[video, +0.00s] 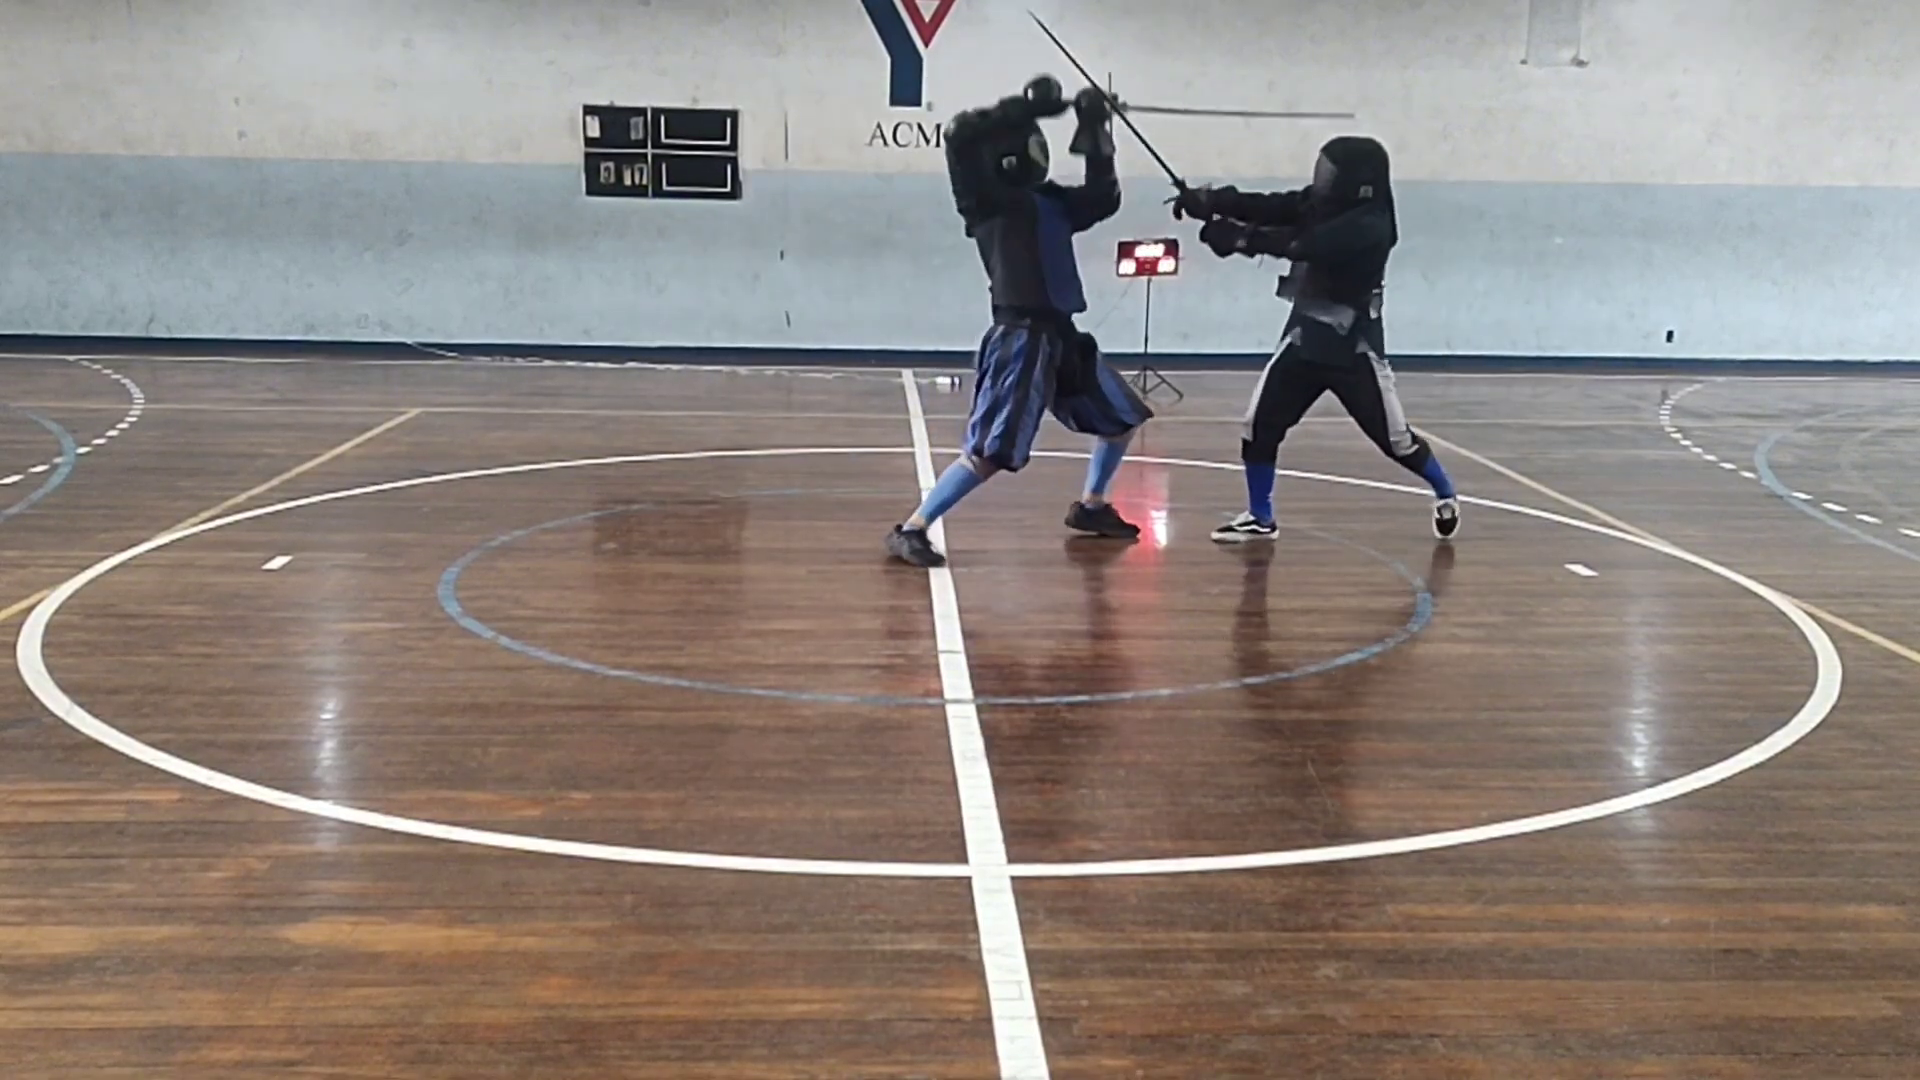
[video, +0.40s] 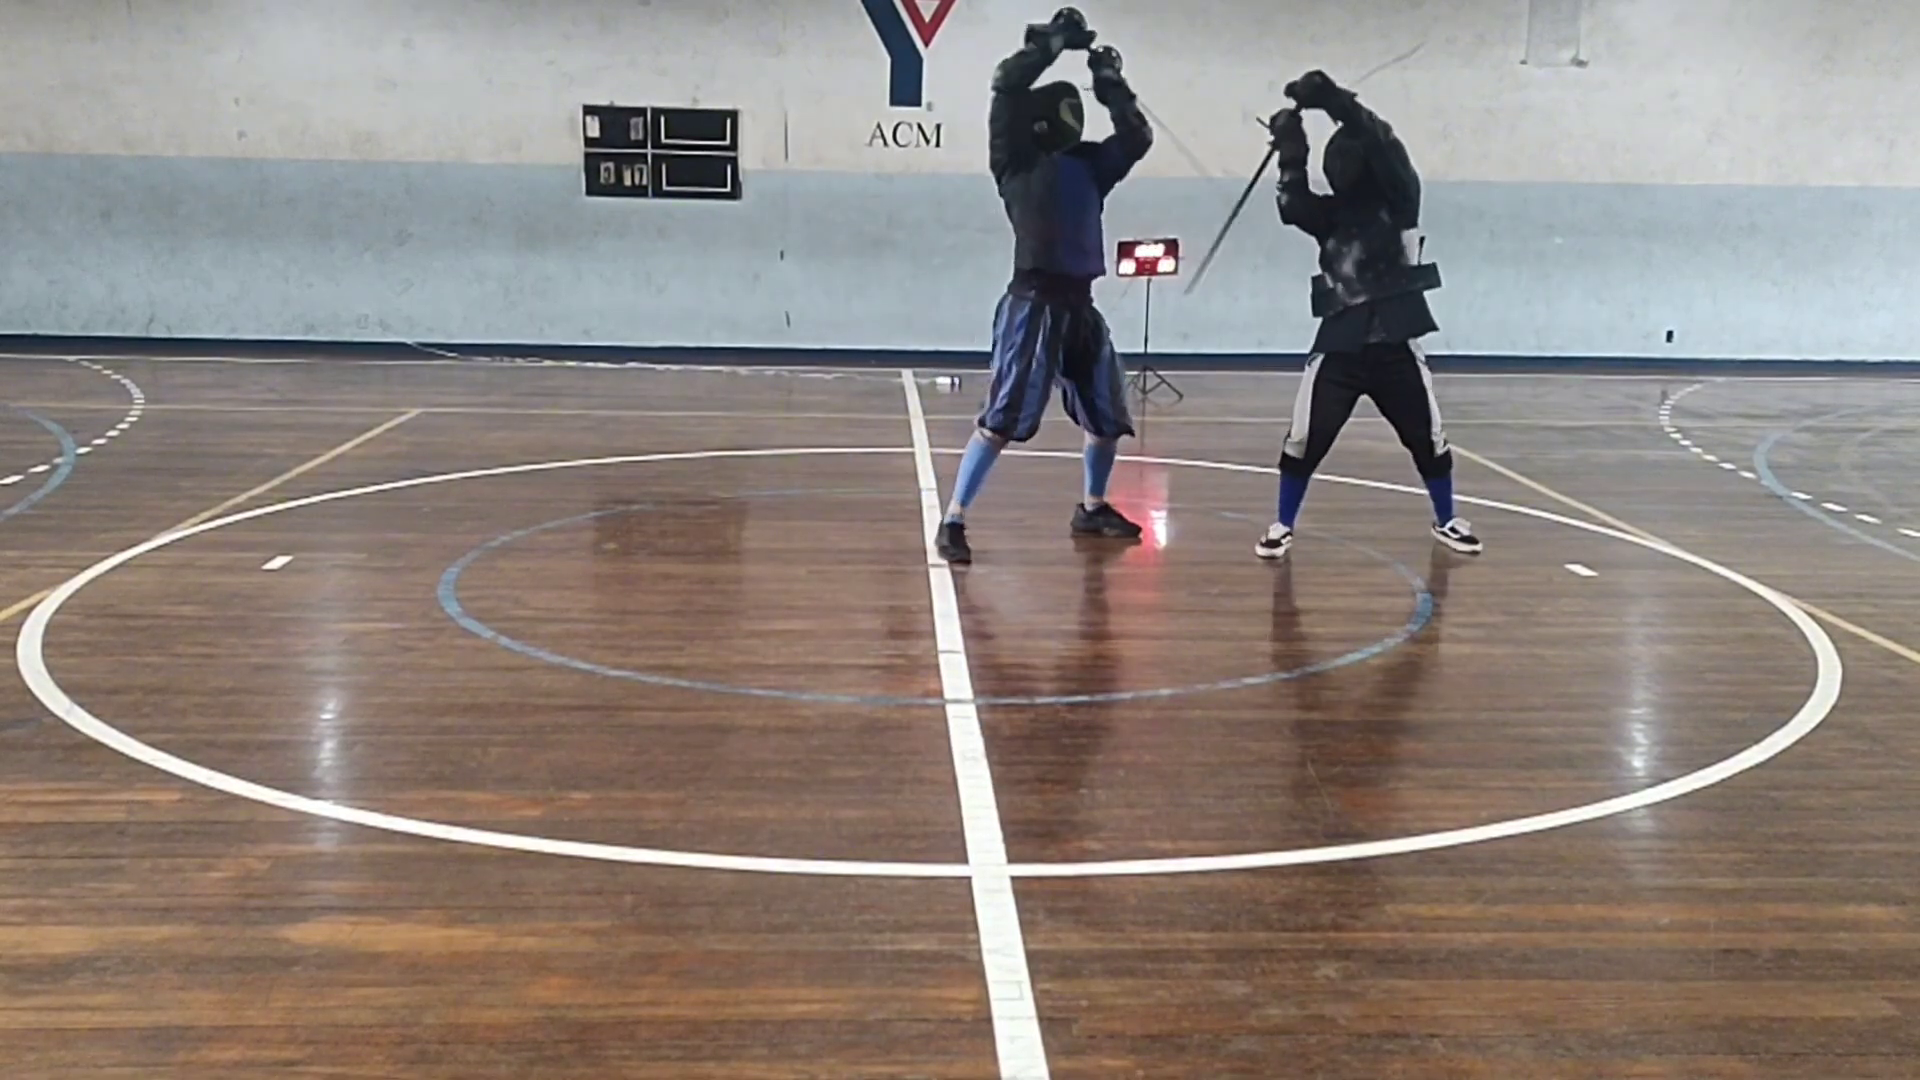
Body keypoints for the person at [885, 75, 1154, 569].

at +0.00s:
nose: (1043, 152)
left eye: (1042, 144)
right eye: (1032, 144)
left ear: (1038, 153)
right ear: (1006, 156)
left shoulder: (1054, 203)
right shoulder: (989, 203)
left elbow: (1103, 199)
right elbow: (963, 139)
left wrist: (1097, 134)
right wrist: (1028, 106)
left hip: (1062, 340)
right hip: (1019, 338)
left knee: (1122, 418)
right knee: (995, 450)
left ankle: (1092, 507)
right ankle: (912, 530)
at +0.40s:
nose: (1079, 114)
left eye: (1077, 108)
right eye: (1069, 107)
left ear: (1071, 121)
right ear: (1046, 118)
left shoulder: (1092, 165)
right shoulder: (1019, 161)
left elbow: (1136, 136)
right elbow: (1005, 87)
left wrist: (1109, 79)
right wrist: (1049, 42)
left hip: (1080, 309)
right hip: (1030, 306)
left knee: (1107, 417)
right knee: (1004, 419)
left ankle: (1093, 510)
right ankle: (953, 521)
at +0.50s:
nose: (1087, 118)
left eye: (1086, 110)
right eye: (1078, 111)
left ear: (1061, 120)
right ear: (1051, 118)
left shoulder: (1086, 168)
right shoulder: (1035, 156)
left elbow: (1138, 158)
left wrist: (1125, 103)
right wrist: (1117, 78)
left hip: (1071, 313)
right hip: (1032, 307)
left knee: (1108, 417)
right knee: (999, 418)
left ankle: (1094, 509)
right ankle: (938, 512)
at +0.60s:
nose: (1078, 131)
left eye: (1073, 124)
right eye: (1071, 125)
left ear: (1032, 134)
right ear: (1055, 132)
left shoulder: (1044, 170)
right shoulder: (1064, 178)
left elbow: (1100, 153)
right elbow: (1143, 208)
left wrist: (1136, 121)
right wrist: (1169, 159)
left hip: (1057, 317)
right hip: (1042, 318)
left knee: (1109, 414)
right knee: (1010, 427)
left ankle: (1094, 509)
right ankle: (929, 511)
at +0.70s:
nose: (1079, 162)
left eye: (1076, 157)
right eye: (1075, 155)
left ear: (1024, 160)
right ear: (1062, 163)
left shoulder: (1008, 202)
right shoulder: (1071, 207)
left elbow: (1072, 182)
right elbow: (1120, 253)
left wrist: (1122, 160)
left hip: (1020, 337)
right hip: (1049, 344)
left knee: (1110, 414)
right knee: (1028, 456)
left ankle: (1096, 506)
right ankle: (928, 511)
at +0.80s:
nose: (1081, 191)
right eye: (1078, 186)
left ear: (1030, 185)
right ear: (1068, 190)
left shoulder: (1003, 223)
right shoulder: (1079, 237)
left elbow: (1041, 197)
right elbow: (1105, 282)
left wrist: (1089, 190)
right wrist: (1086, 223)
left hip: (1019, 361)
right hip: (1054, 368)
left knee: (1108, 414)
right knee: (1032, 482)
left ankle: (1101, 505)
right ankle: (929, 515)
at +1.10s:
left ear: (1016, 208)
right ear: (1059, 207)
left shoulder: (1008, 250)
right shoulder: (1076, 251)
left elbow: (994, 208)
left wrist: (1049, 171)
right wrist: (1069, 176)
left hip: (1034, 373)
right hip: (1065, 378)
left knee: (1119, 408)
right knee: (1038, 495)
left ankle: (1109, 502)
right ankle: (934, 513)